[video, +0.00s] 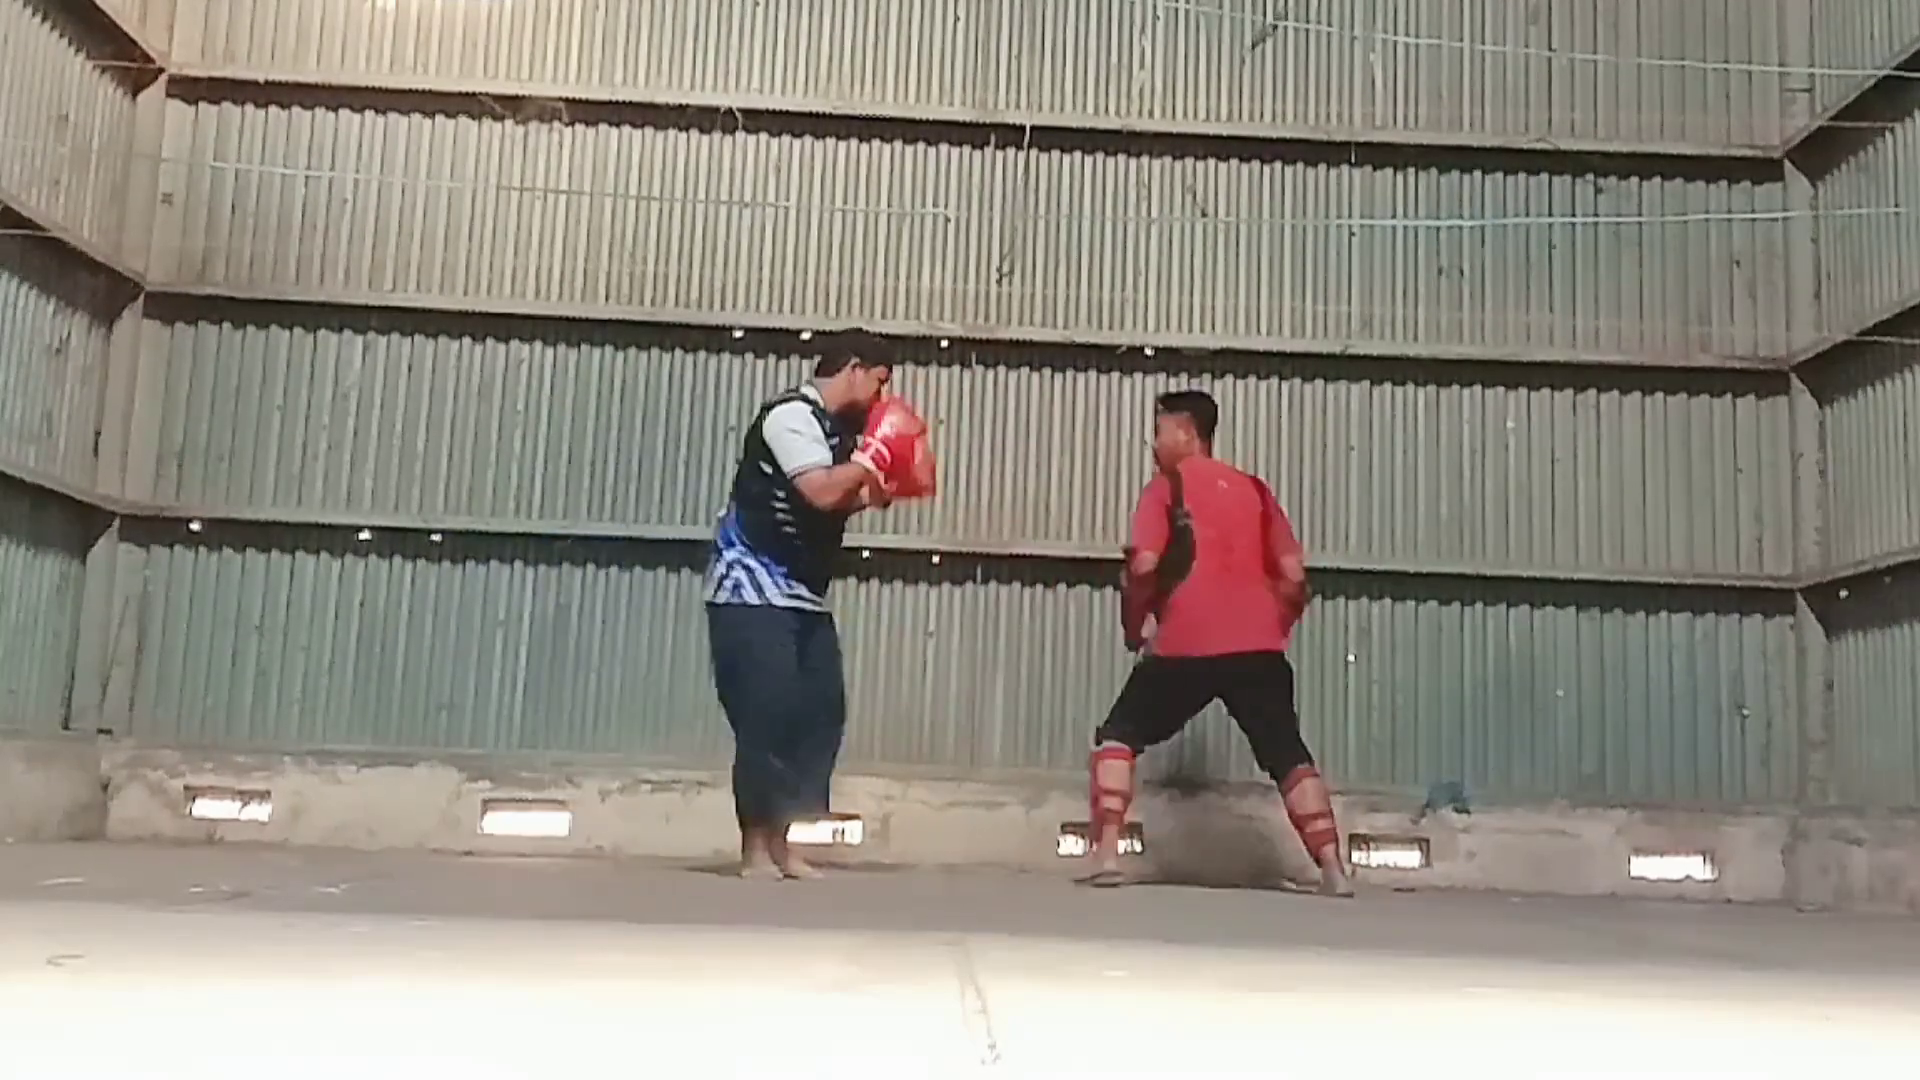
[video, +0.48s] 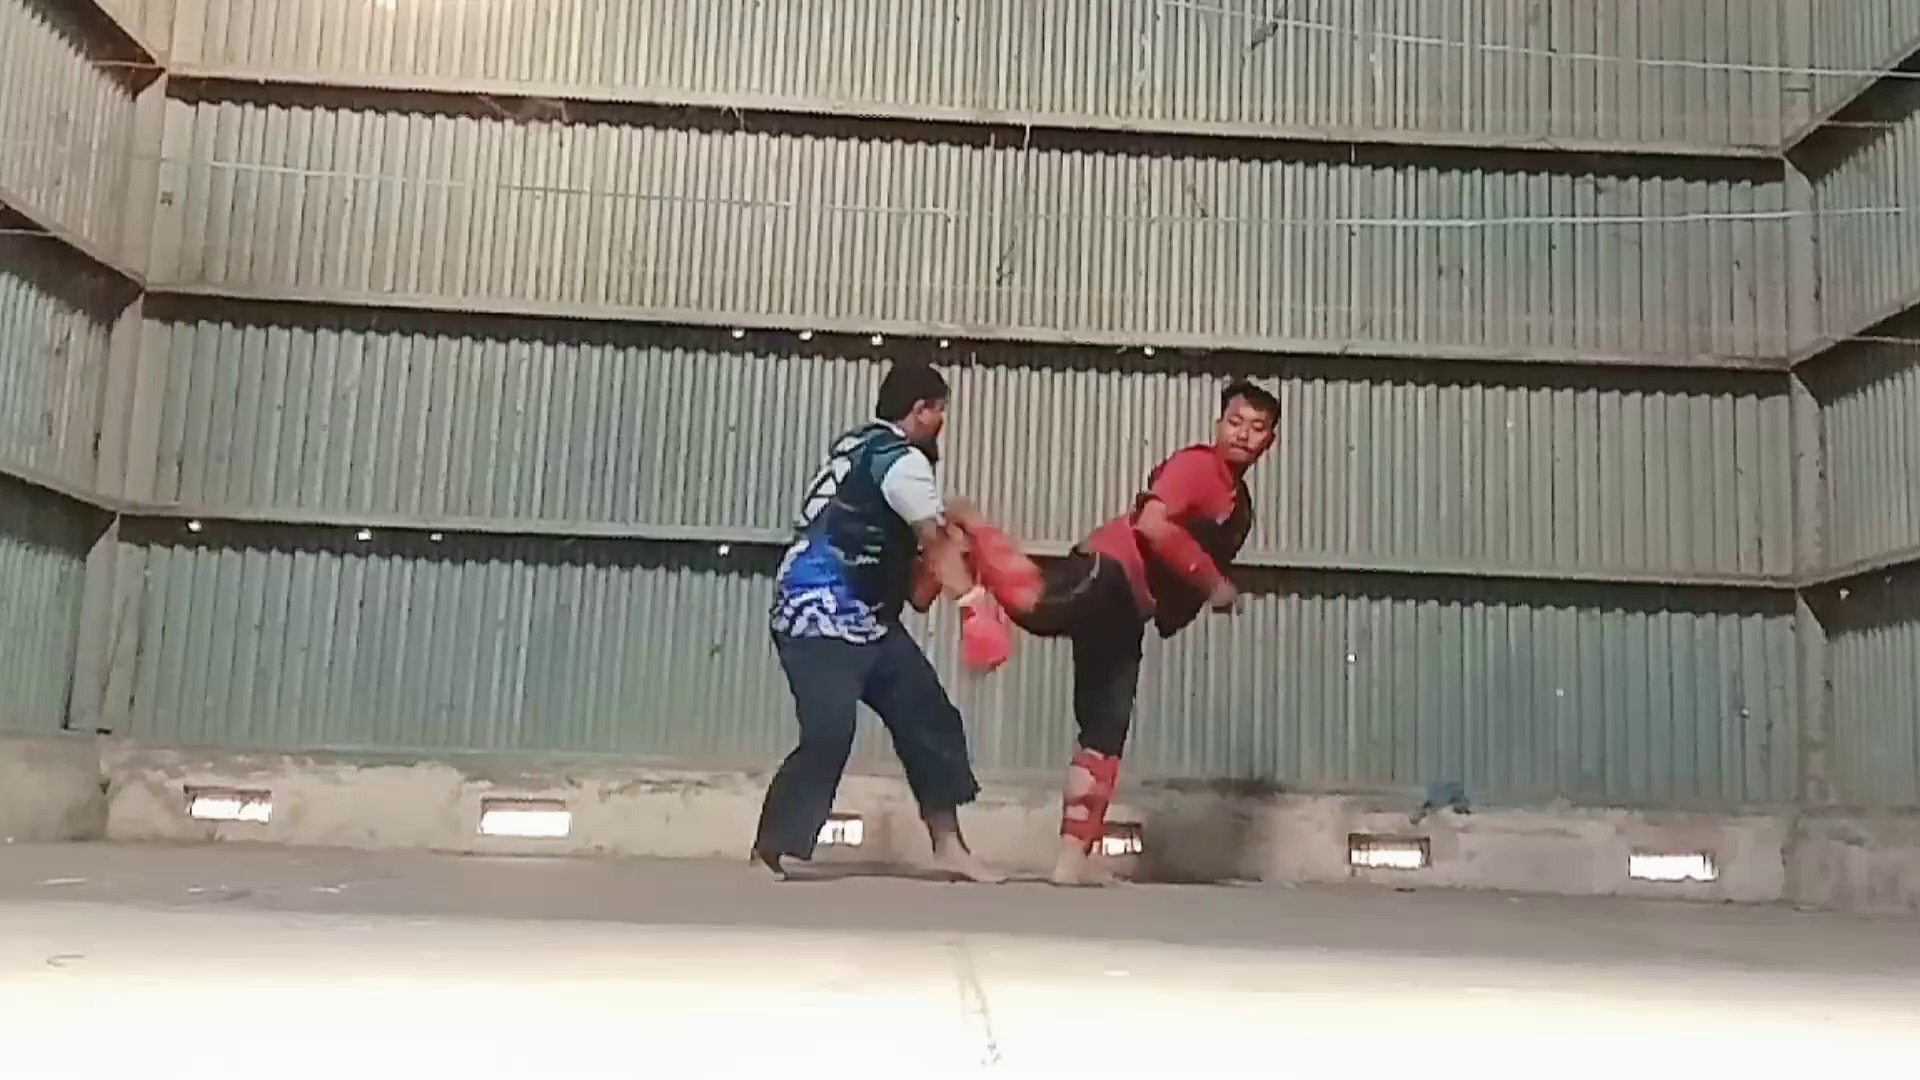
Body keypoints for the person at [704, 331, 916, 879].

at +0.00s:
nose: (882, 393)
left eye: (884, 383)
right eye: (880, 380)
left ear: (850, 371)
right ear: (853, 370)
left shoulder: (842, 430)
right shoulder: (789, 416)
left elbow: (838, 505)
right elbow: (820, 492)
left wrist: (879, 487)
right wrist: (870, 458)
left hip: (803, 596)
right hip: (751, 593)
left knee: (822, 713)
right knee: (768, 714)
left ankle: (786, 843)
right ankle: (757, 849)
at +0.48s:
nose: (942, 419)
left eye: (942, 408)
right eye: (939, 408)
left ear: (897, 407)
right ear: (918, 409)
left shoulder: (862, 444)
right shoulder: (901, 460)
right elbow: (938, 541)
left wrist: (938, 552)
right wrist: (974, 601)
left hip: (870, 621)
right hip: (820, 619)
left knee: (929, 720)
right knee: (829, 733)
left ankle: (948, 846)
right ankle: (769, 852)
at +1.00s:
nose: (1019, 455)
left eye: (1021, 447)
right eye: (1007, 446)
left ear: (1016, 460)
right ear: (970, 453)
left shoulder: (1026, 522)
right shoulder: (921, 498)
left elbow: (1075, 570)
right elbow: (851, 539)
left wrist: (1122, 588)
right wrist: (795, 578)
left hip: (961, 681)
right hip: (884, 665)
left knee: (1019, 762)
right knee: (810, 733)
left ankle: (1067, 859)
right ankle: (723, 835)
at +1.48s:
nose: (1022, 468)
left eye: (1029, 460)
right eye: (1013, 457)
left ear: (1034, 463)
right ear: (984, 453)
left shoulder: (1036, 509)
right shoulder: (937, 498)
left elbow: (1054, 579)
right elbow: (920, 565)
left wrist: (1074, 551)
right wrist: (975, 530)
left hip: (999, 659)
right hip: (927, 659)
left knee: (1033, 732)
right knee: (904, 757)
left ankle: (1062, 836)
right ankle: (918, 843)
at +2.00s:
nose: (1000, 456)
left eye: (1006, 448)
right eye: (991, 445)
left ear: (1011, 454)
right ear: (962, 447)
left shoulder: (1024, 510)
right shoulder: (922, 506)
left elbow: (1038, 567)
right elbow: (900, 578)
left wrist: (1040, 573)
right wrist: (954, 563)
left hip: (996, 667)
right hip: (921, 659)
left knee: (1036, 746)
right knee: (867, 729)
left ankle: (1024, 849)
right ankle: (800, 829)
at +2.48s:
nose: (861, 361)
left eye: (866, 353)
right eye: (851, 350)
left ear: (864, 363)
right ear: (816, 349)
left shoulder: (857, 424)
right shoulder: (772, 403)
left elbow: (860, 503)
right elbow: (753, 471)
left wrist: (887, 486)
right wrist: (820, 438)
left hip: (813, 589)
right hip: (752, 574)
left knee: (781, 708)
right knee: (723, 688)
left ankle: (722, 832)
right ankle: (680, 810)